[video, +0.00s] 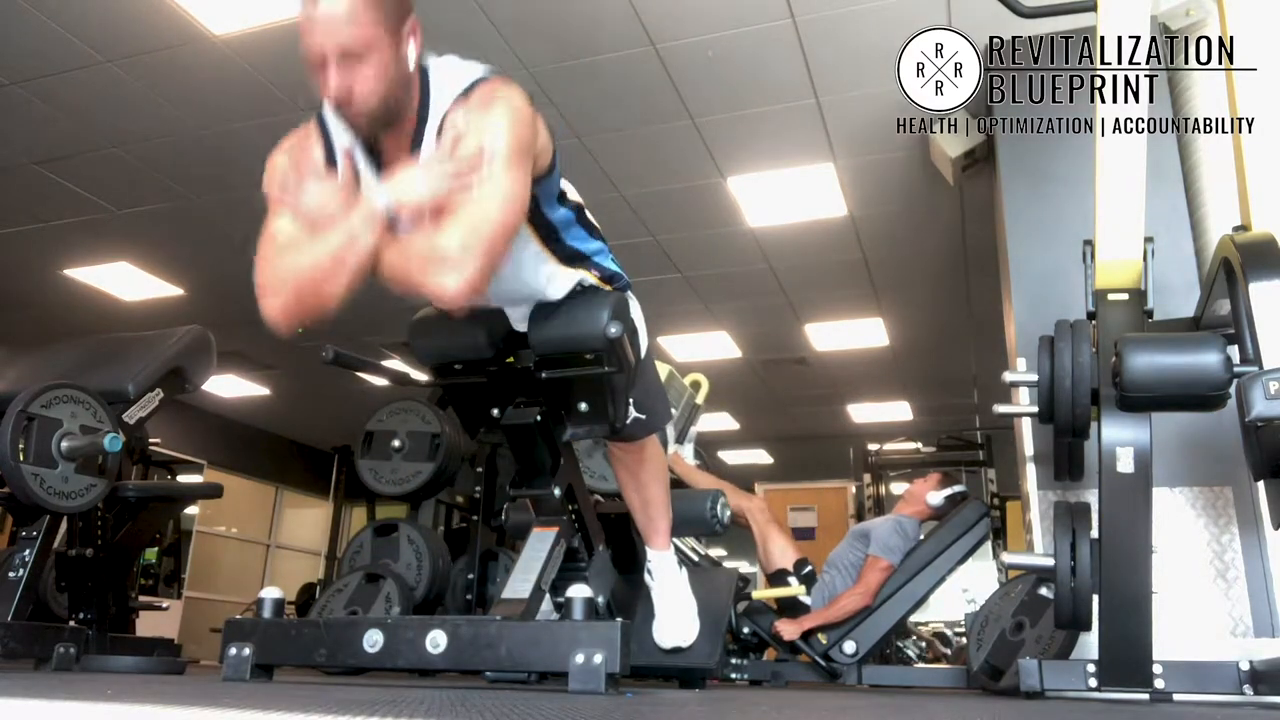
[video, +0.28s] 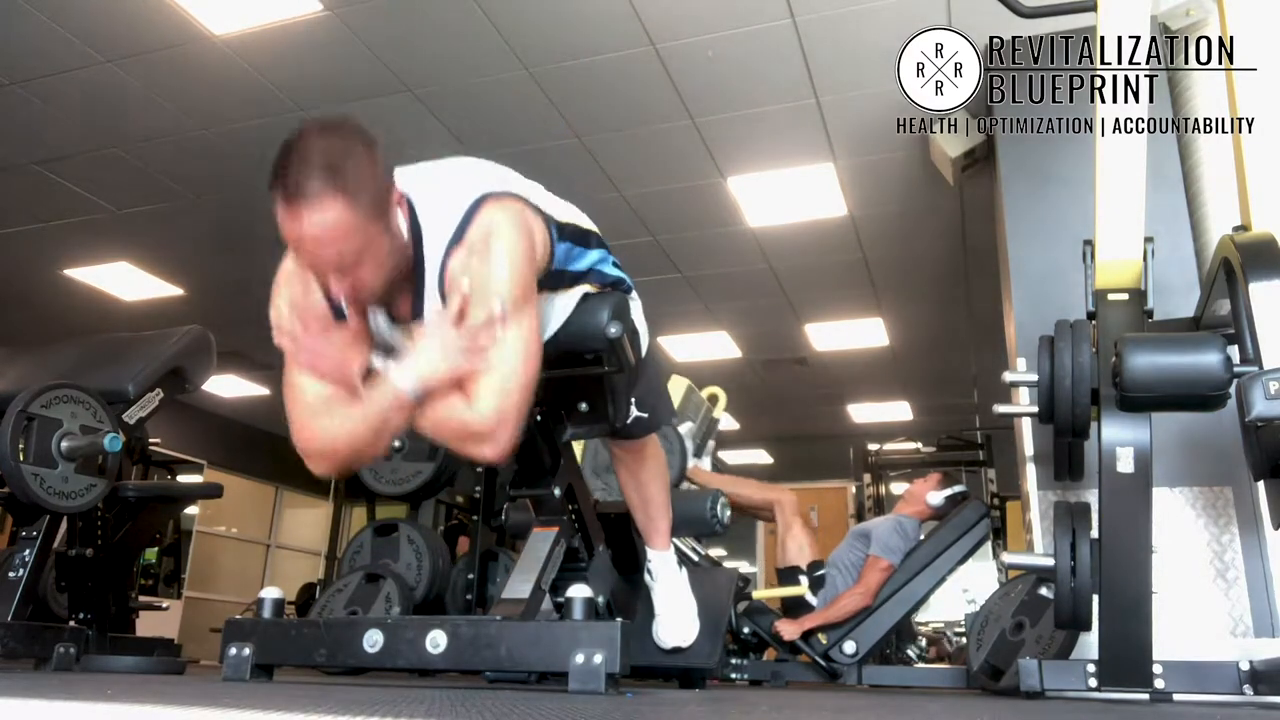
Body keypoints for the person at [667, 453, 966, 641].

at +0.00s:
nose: (919, 479)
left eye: (927, 479)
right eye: (926, 476)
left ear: (932, 498)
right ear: (931, 501)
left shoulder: (895, 529)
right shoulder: (900, 528)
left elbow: (865, 595)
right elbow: (865, 594)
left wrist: (801, 624)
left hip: (808, 606)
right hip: (813, 599)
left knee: (756, 507)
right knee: (756, 507)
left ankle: (676, 461)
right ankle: (686, 464)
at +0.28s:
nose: (919, 479)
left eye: (927, 480)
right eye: (926, 477)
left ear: (929, 499)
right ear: (930, 505)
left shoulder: (897, 527)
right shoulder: (901, 526)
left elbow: (865, 595)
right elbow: (864, 593)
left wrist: (802, 624)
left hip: (811, 604)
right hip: (817, 600)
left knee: (785, 500)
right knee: (786, 504)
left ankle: (695, 471)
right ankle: (707, 476)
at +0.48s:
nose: (917, 480)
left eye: (926, 481)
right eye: (925, 477)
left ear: (931, 499)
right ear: (933, 505)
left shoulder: (895, 527)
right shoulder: (903, 527)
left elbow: (864, 595)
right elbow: (866, 594)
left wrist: (800, 625)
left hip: (815, 607)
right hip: (821, 603)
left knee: (810, 499)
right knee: (807, 506)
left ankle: (714, 486)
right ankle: (727, 496)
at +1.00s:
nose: (918, 482)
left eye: (928, 481)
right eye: (927, 478)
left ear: (934, 497)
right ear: (935, 500)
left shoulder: (899, 528)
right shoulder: (905, 528)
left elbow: (865, 595)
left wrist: (801, 624)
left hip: (815, 604)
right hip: (820, 601)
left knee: (844, 500)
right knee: (843, 505)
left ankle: (740, 509)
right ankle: (750, 520)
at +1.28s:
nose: (918, 481)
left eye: (928, 480)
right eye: (927, 477)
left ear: (934, 499)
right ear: (934, 501)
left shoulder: (900, 529)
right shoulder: (904, 526)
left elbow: (865, 596)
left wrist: (800, 624)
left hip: (817, 603)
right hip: (823, 600)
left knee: (842, 500)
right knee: (845, 506)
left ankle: (736, 507)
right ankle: (748, 519)